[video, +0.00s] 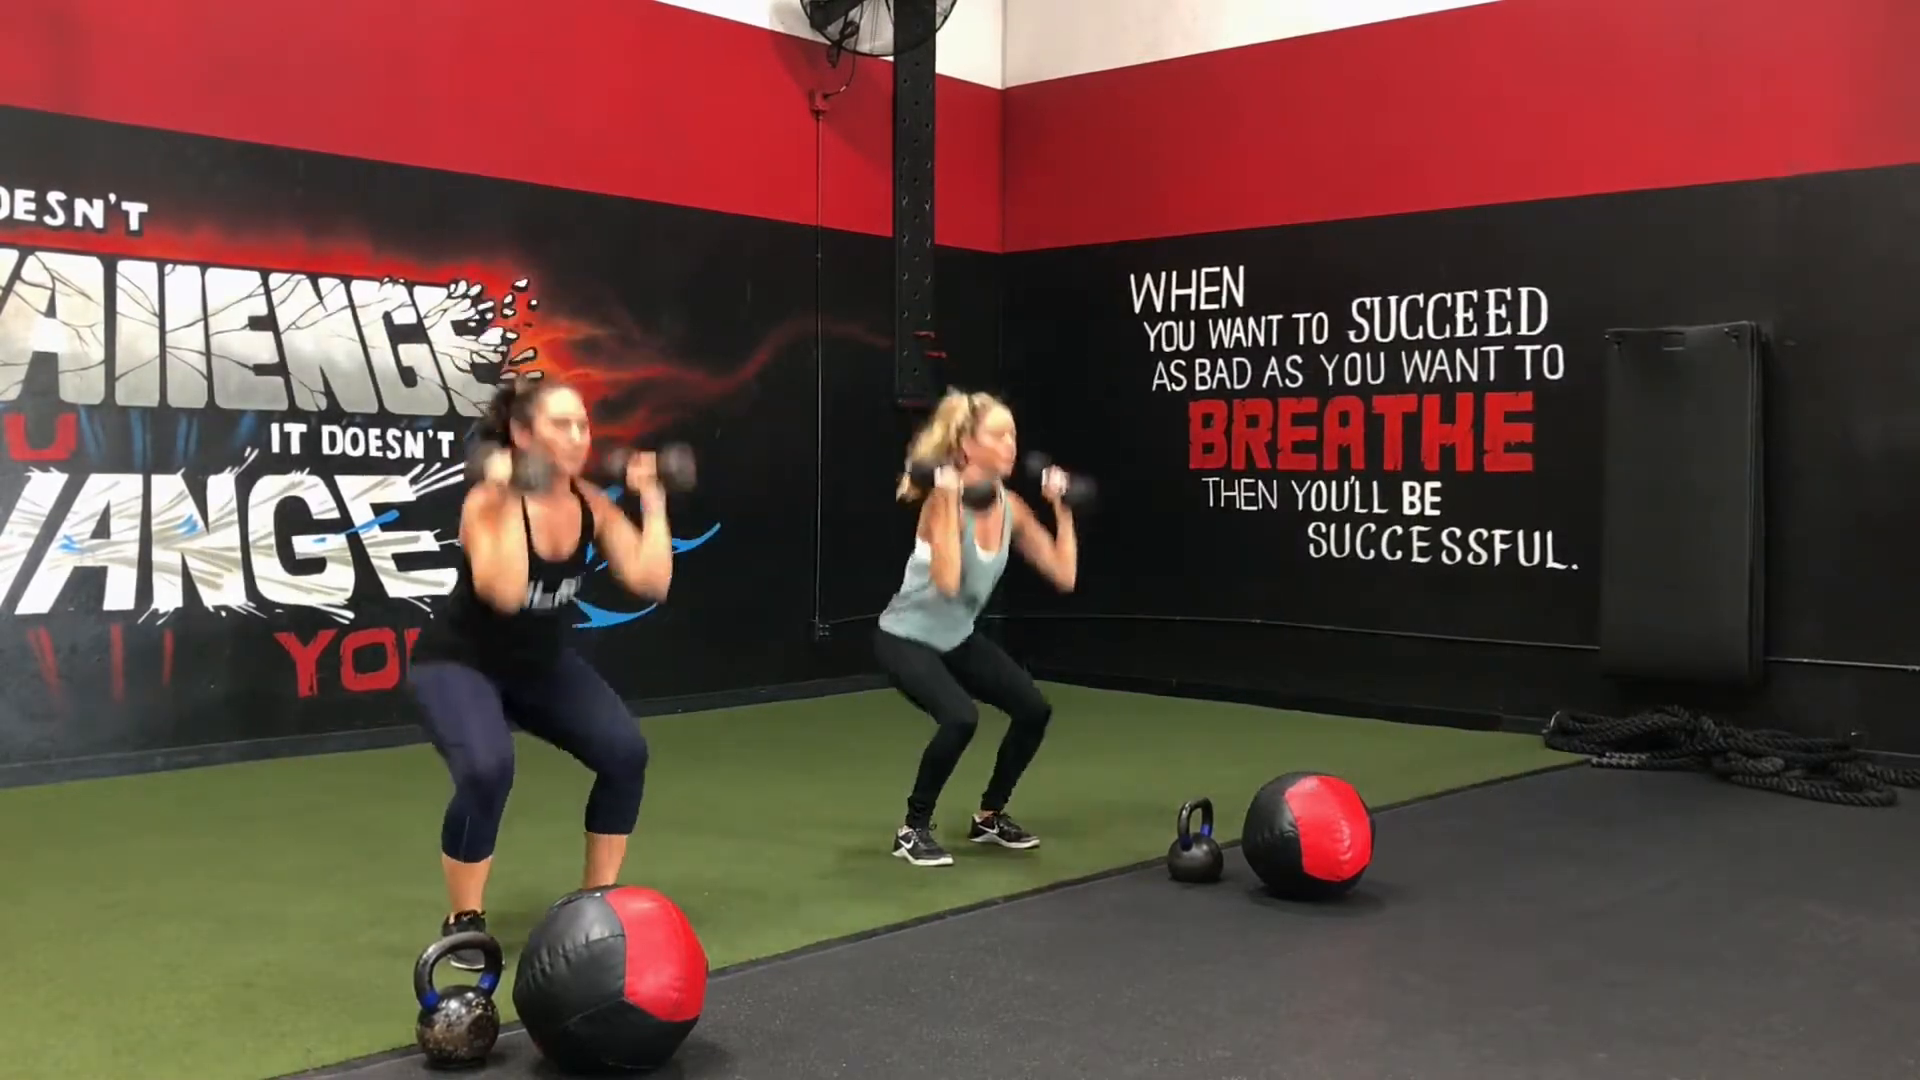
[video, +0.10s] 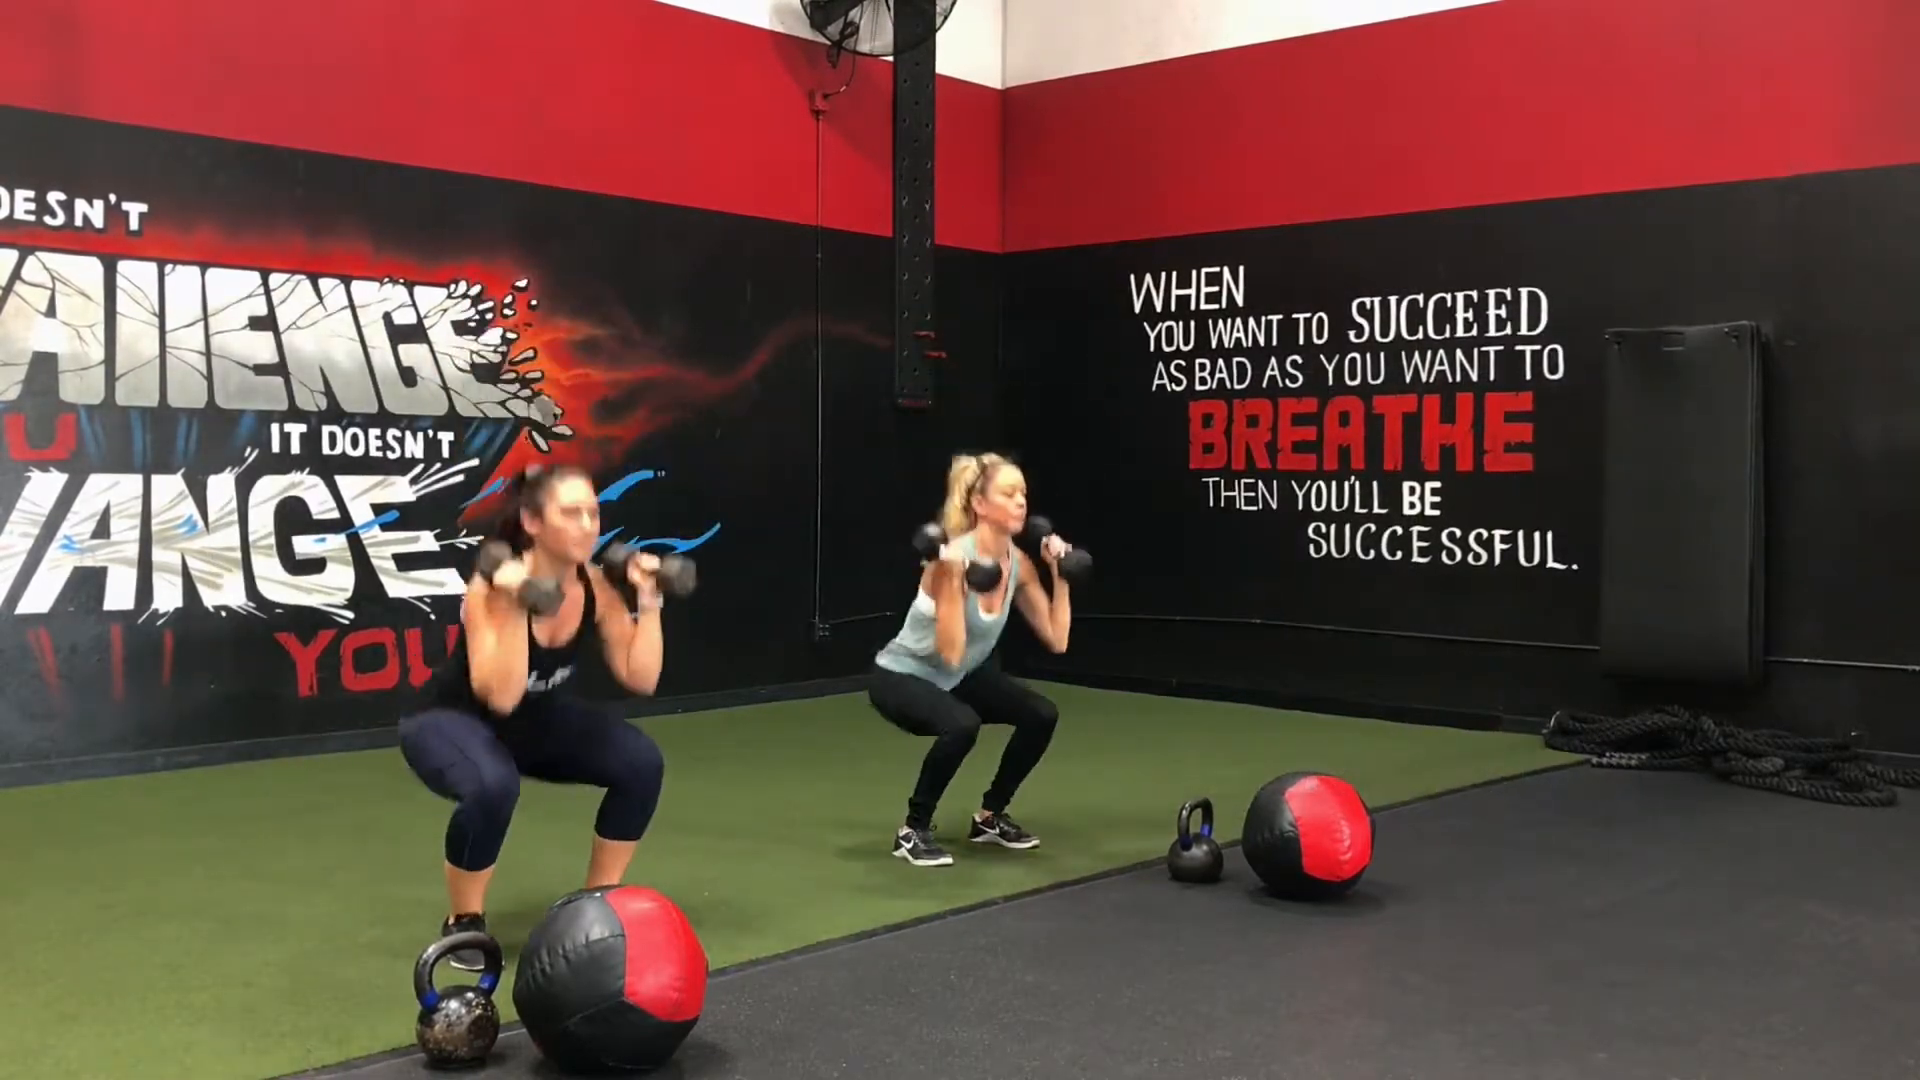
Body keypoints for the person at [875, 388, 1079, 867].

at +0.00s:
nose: (1011, 446)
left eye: (1012, 435)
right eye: (1000, 436)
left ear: (1010, 445)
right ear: (967, 446)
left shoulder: (1009, 504)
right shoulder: (944, 504)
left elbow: (1064, 575)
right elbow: (948, 582)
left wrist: (1061, 507)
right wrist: (947, 498)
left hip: (957, 639)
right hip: (904, 639)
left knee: (1033, 711)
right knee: (960, 718)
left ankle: (989, 817)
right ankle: (915, 829)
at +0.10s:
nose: (1022, 502)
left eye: (1022, 493)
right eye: (1009, 493)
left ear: (1025, 502)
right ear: (978, 504)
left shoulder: (1018, 562)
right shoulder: (950, 559)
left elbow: (1057, 640)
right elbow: (950, 653)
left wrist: (1059, 572)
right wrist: (953, 579)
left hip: (958, 677)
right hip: (901, 677)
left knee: (1041, 715)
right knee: (961, 724)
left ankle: (989, 818)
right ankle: (914, 830)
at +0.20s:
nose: (1024, 511)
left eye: (1025, 503)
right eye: (1011, 503)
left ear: (1029, 511)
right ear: (981, 514)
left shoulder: (1021, 569)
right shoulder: (952, 568)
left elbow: (1058, 649)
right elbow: (955, 668)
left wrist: (1061, 582)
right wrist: (957, 590)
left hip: (963, 684)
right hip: (902, 682)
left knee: (1043, 715)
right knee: (957, 725)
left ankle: (989, 818)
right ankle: (914, 830)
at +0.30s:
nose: (1023, 472)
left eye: (1024, 462)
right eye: (1010, 463)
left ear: (1026, 469)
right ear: (980, 473)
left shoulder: (1020, 532)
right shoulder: (951, 529)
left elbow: (1064, 611)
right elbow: (953, 622)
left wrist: (1062, 542)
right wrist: (955, 542)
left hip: (960, 655)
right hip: (905, 655)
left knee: (1040, 715)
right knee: (958, 724)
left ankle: (989, 817)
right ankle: (914, 829)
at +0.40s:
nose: (1015, 401)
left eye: (1016, 391)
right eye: (1003, 391)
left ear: (1013, 398)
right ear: (971, 395)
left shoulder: (1014, 462)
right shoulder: (945, 456)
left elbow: (1080, 520)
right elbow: (945, 524)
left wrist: (1063, 452)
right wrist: (945, 445)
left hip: (966, 609)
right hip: (912, 607)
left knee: (1027, 704)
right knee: (952, 711)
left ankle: (989, 816)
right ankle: (914, 829)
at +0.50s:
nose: (998, 349)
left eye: (1002, 339)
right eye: (987, 338)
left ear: (1004, 346)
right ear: (958, 343)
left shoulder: (1005, 404)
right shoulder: (938, 404)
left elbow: (1087, 394)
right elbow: (940, 381)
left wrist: (1062, 328)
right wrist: (939, 310)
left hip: (982, 570)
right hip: (931, 568)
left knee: (997, 687)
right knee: (943, 690)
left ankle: (987, 814)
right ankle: (913, 827)